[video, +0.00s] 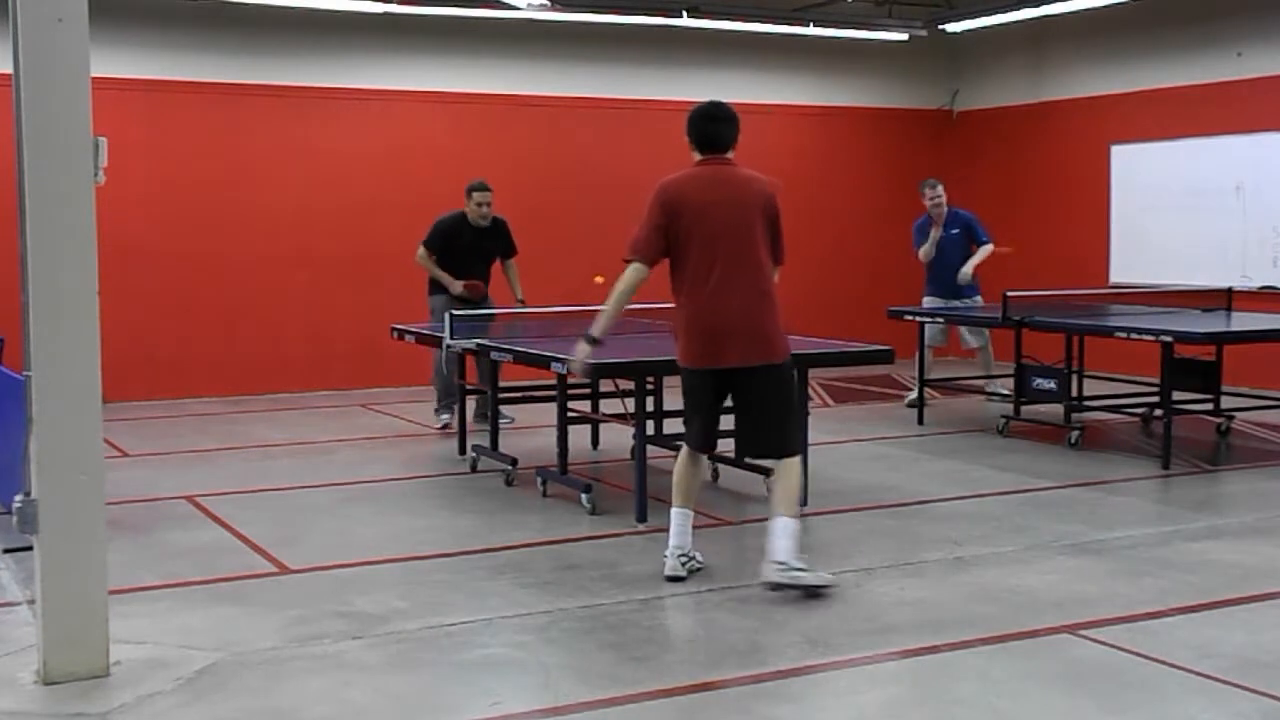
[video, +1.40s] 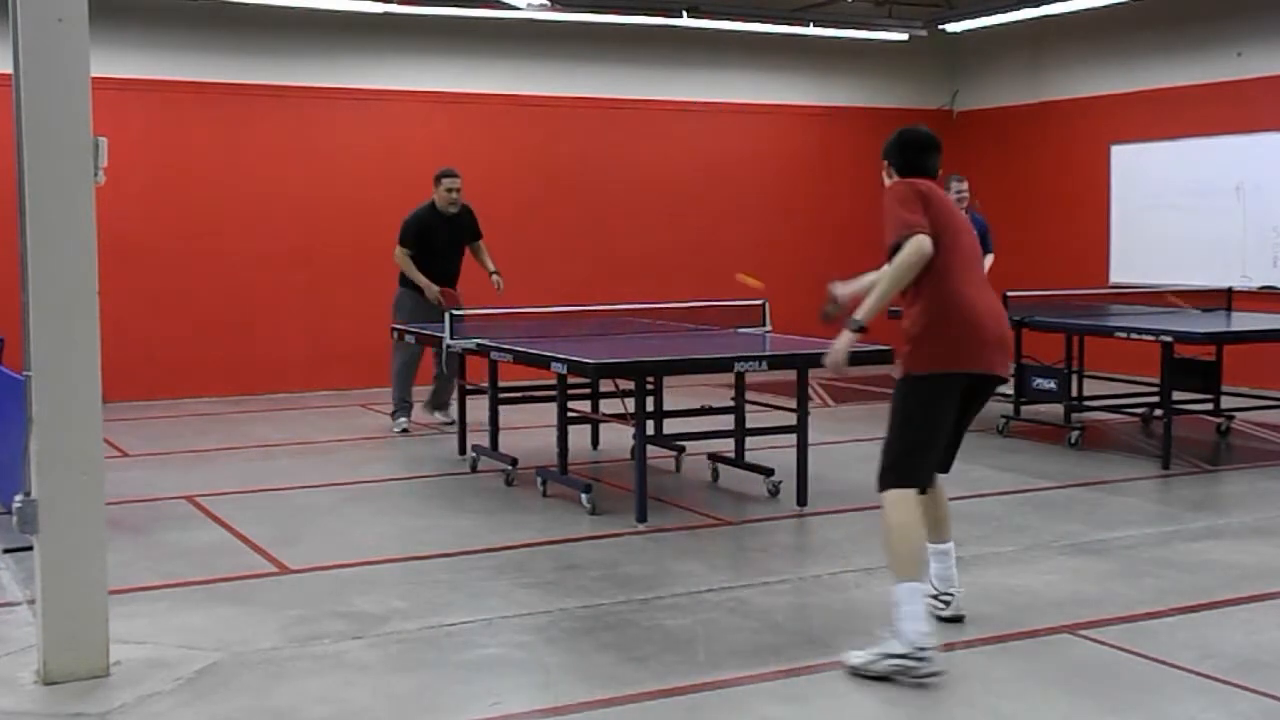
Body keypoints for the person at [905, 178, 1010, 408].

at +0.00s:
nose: (936, 202)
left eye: (939, 197)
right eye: (931, 199)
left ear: (945, 196)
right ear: (924, 202)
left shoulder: (964, 219)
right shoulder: (921, 226)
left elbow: (987, 245)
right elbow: (923, 257)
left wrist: (970, 265)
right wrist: (933, 238)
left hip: (967, 293)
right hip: (936, 294)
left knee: (982, 341)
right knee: (926, 343)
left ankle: (991, 383)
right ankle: (920, 388)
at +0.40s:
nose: (969, 198)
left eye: (971, 194)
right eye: (964, 194)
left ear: (974, 196)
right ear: (952, 196)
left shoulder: (977, 222)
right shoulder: (939, 226)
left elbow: (986, 249)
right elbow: (932, 257)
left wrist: (992, 268)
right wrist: (956, 258)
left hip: (973, 294)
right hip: (943, 297)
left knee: (987, 340)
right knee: (930, 346)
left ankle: (992, 384)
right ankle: (920, 389)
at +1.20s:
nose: (952, 205)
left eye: (955, 200)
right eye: (947, 201)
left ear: (963, 199)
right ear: (941, 204)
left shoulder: (980, 224)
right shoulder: (940, 226)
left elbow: (1003, 251)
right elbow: (934, 255)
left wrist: (985, 270)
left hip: (981, 295)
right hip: (953, 296)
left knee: (997, 341)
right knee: (952, 341)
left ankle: (1007, 383)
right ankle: (951, 386)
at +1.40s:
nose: (963, 196)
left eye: (966, 192)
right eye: (958, 192)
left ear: (969, 193)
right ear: (947, 194)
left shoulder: (977, 222)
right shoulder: (943, 222)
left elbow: (989, 252)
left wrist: (981, 273)